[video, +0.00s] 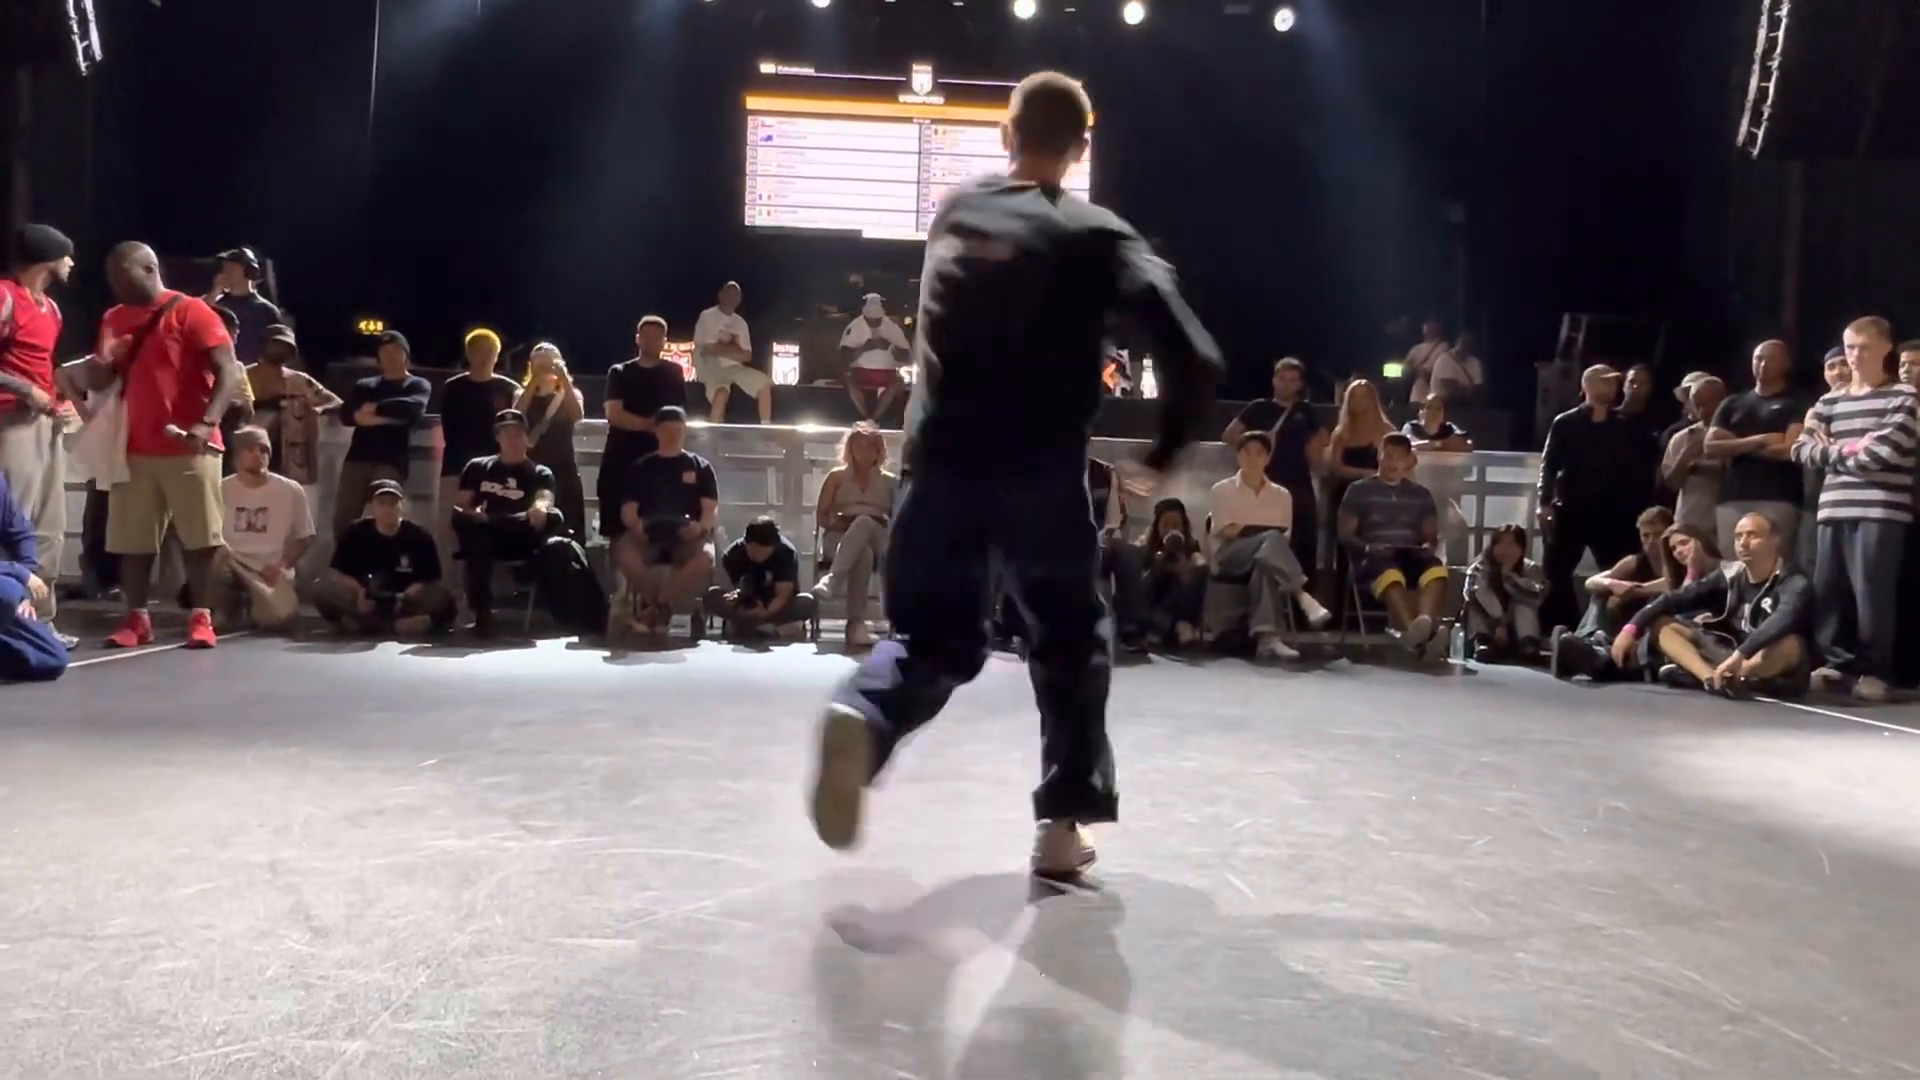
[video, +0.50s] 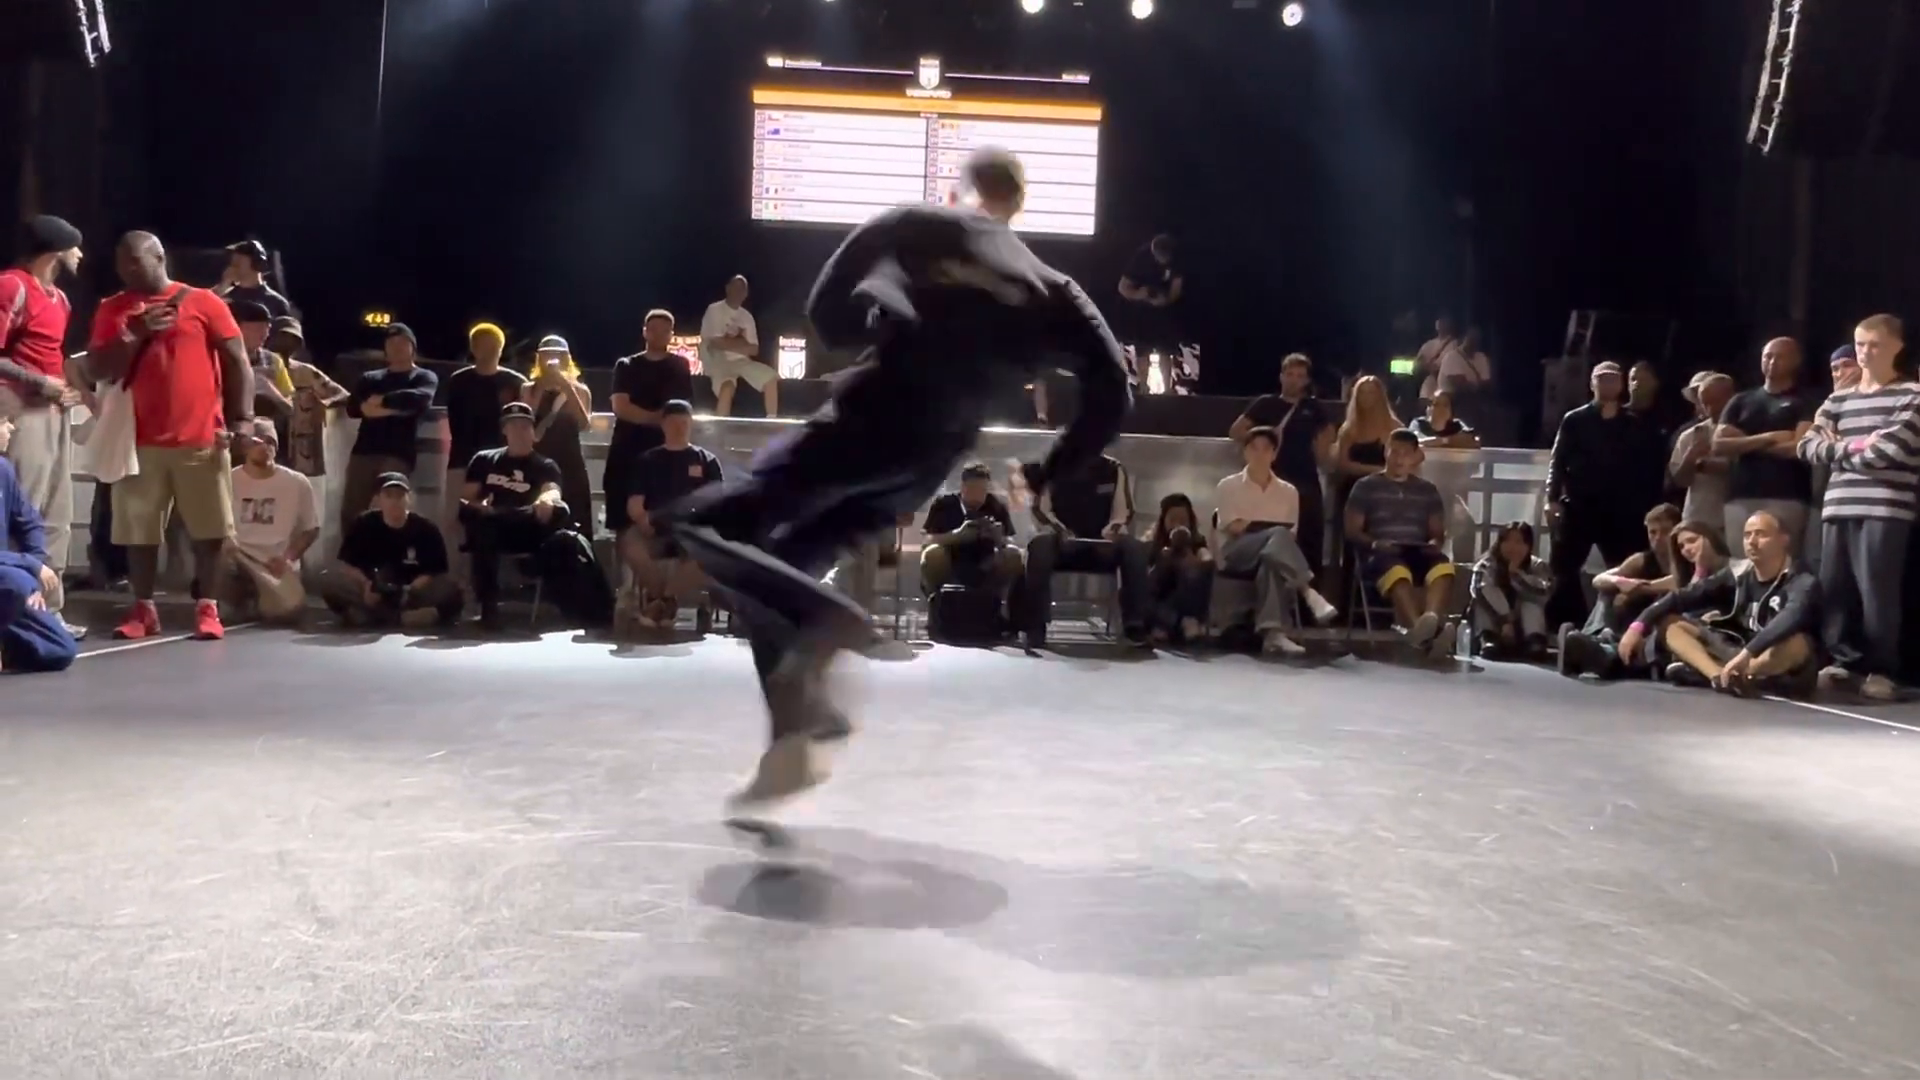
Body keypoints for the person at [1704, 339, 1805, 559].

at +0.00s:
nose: (1762, 364)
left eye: (1769, 359)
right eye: (1758, 359)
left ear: (1785, 364)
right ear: (1752, 363)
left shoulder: (1797, 404)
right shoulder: (1731, 404)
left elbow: (1789, 449)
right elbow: (1710, 446)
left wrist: (1737, 444)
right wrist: (1763, 440)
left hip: (1778, 498)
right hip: (1733, 497)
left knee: (1774, 576)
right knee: (1732, 577)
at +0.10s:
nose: (1764, 364)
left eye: (1771, 359)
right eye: (1760, 359)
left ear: (1787, 364)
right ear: (1753, 363)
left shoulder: (1799, 404)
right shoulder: (1732, 403)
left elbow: (1792, 449)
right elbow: (1711, 446)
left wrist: (1739, 444)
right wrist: (1764, 439)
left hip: (1779, 498)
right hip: (1734, 497)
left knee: (1775, 576)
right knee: (1733, 577)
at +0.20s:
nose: (1766, 363)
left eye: (1773, 358)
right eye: (1762, 358)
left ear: (1789, 363)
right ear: (1755, 362)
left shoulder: (1801, 403)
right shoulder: (1734, 403)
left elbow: (1795, 448)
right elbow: (1713, 445)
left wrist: (1742, 444)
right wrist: (1766, 438)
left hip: (1782, 498)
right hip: (1736, 497)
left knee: (1776, 577)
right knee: (1735, 577)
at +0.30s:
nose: (1768, 363)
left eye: (1775, 358)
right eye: (1764, 357)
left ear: (1791, 363)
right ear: (1757, 361)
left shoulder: (1803, 402)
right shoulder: (1736, 402)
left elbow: (1796, 448)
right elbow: (1714, 445)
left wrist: (1743, 444)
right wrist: (1768, 438)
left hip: (1783, 496)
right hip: (1738, 496)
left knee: (1778, 575)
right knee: (1737, 575)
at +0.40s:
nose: (1770, 363)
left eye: (1777, 358)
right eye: (1766, 357)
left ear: (1793, 363)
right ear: (1760, 361)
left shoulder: (1805, 402)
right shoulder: (1739, 401)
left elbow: (1799, 448)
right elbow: (1717, 445)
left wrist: (1746, 444)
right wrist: (1770, 438)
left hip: (1786, 498)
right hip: (1740, 498)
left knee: (1781, 577)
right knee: (1741, 576)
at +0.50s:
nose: (1771, 362)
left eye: (1779, 357)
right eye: (1768, 356)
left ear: (1795, 362)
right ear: (1761, 360)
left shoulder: (1806, 402)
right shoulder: (1740, 401)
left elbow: (1799, 447)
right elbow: (1718, 444)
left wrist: (1747, 442)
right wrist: (1772, 437)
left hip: (1787, 497)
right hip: (1741, 497)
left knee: (1782, 576)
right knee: (1741, 576)